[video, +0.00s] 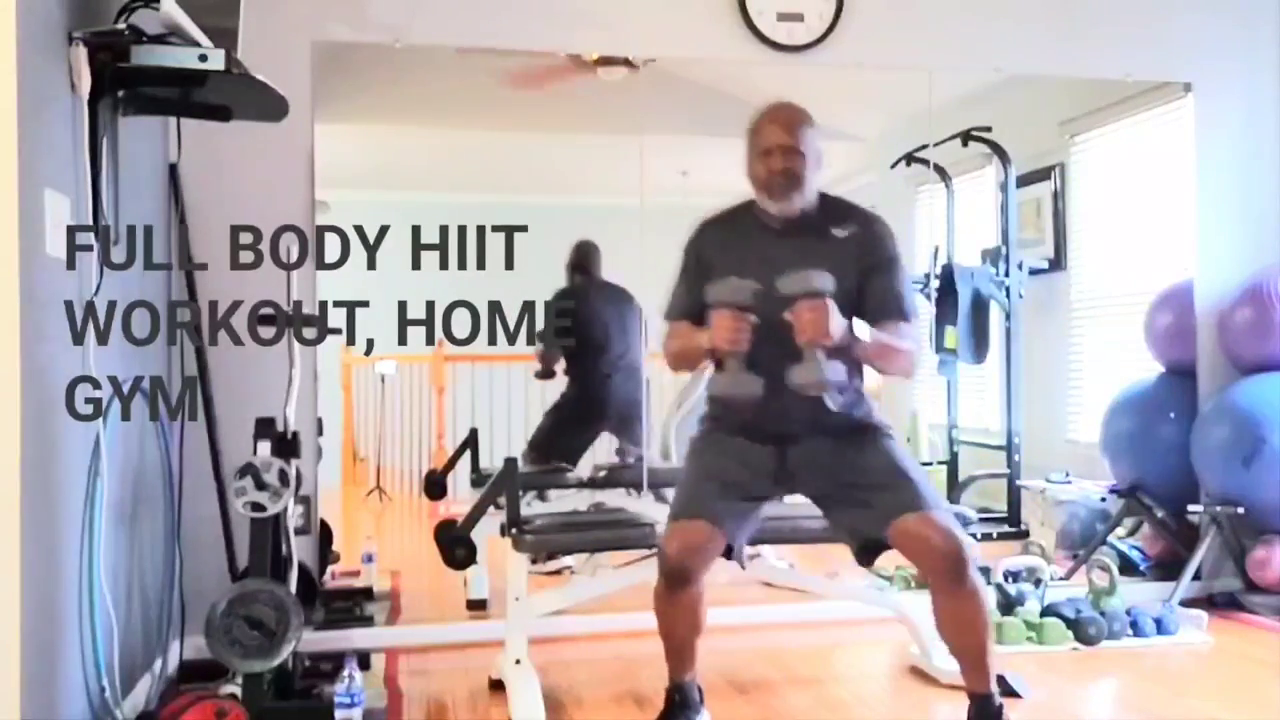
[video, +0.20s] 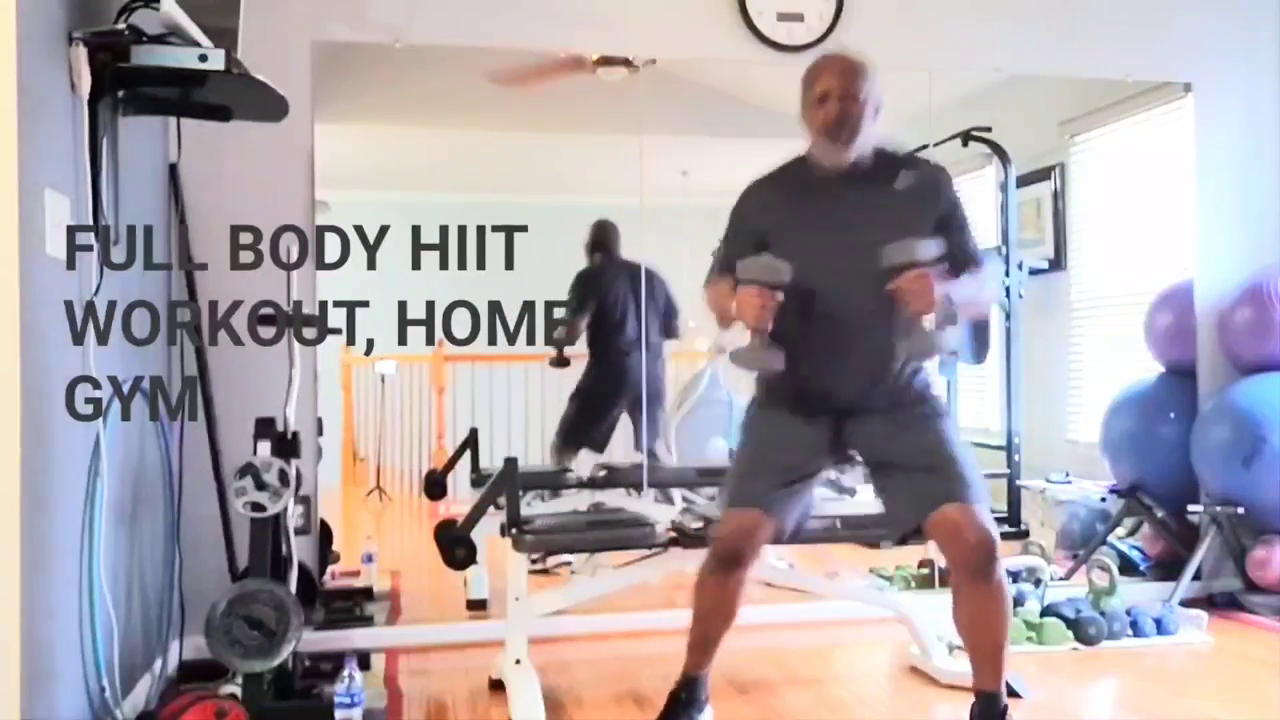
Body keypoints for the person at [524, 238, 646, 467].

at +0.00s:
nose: (572, 269)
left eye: (572, 265)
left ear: (571, 266)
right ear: (598, 266)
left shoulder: (566, 299)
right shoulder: (626, 299)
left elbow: (551, 352)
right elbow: (638, 348)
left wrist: (547, 369)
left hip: (587, 397)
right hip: (631, 396)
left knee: (536, 459)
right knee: (637, 462)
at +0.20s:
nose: (587, 248)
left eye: (588, 243)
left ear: (591, 245)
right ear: (618, 244)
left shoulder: (590, 276)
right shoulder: (649, 276)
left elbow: (575, 329)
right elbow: (671, 329)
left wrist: (561, 345)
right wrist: (638, 327)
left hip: (608, 375)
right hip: (650, 375)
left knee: (565, 448)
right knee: (657, 448)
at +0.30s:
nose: (593, 232)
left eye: (595, 228)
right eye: (595, 228)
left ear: (599, 227)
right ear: (625, 226)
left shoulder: (600, 255)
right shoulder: (659, 254)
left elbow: (591, 303)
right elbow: (692, 301)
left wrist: (570, 321)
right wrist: (664, 314)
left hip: (617, 356)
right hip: (657, 357)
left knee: (580, 434)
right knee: (659, 436)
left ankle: (578, 496)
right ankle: (676, 498)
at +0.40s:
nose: (598, 226)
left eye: (600, 221)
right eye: (600, 222)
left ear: (605, 222)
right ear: (631, 221)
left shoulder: (605, 246)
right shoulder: (662, 247)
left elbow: (605, 282)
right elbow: (708, 281)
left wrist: (575, 318)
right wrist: (678, 310)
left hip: (622, 356)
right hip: (662, 357)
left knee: (593, 436)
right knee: (661, 435)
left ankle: (602, 479)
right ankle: (682, 500)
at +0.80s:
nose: (605, 236)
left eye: (607, 232)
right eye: (607, 231)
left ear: (612, 232)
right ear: (639, 231)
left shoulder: (602, 264)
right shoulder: (671, 263)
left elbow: (584, 318)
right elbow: (689, 315)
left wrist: (589, 340)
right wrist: (658, 319)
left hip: (617, 365)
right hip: (661, 365)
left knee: (573, 440)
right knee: (669, 444)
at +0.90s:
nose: (602, 258)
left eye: (602, 254)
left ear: (603, 256)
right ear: (630, 256)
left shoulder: (595, 289)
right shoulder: (660, 289)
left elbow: (579, 345)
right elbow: (674, 347)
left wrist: (586, 358)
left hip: (613, 384)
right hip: (656, 383)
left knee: (557, 452)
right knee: (669, 451)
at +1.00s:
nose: (589, 274)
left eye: (590, 271)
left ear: (590, 275)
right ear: (616, 274)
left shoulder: (582, 307)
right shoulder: (648, 306)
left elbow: (562, 365)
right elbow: (662, 364)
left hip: (602, 397)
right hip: (648, 399)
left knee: (540, 454)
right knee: (666, 462)